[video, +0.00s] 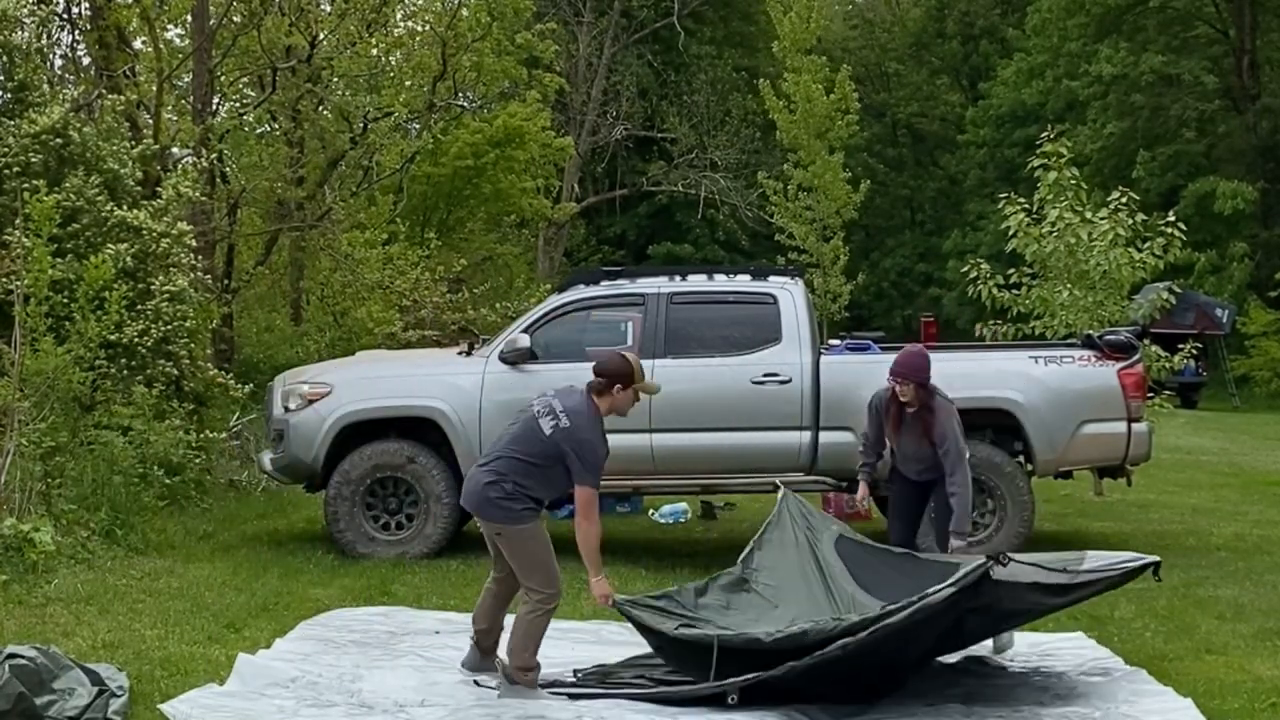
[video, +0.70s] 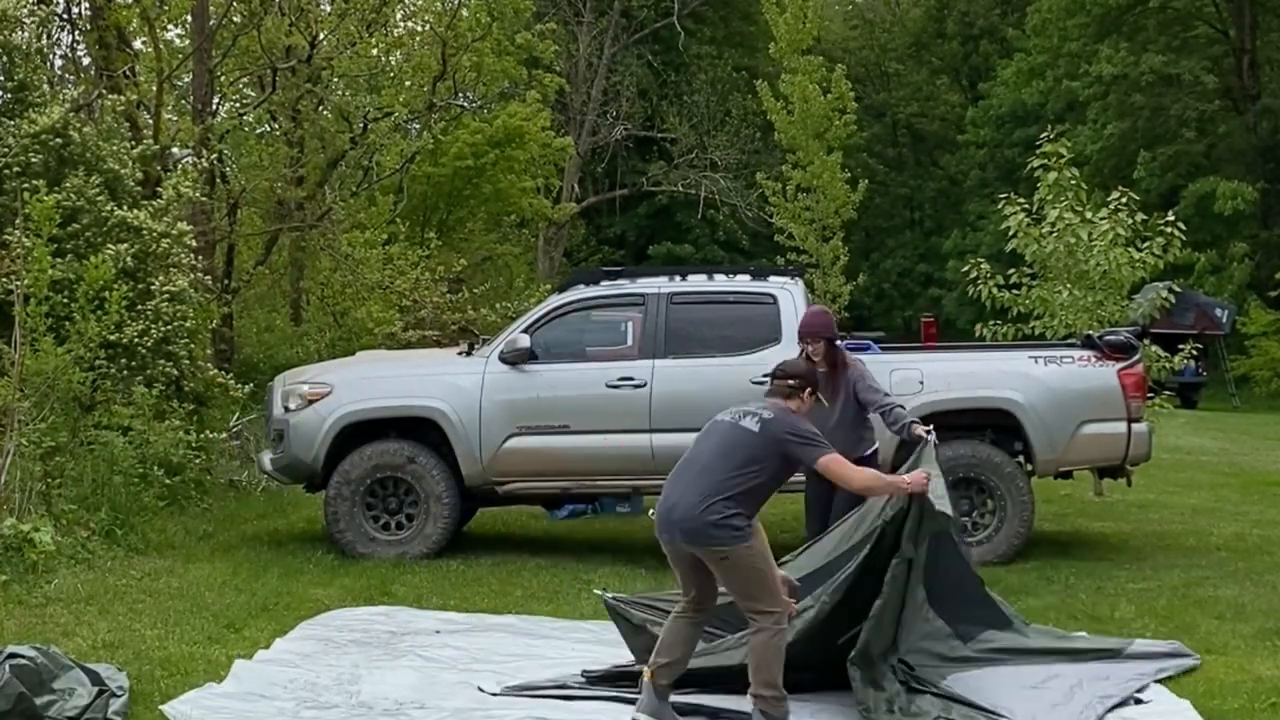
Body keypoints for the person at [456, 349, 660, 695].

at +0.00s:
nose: (636, 400)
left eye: (638, 393)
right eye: (635, 393)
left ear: (603, 384)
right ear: (616, 390)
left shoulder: (567, 396)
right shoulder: (588, 438)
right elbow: (586, 517)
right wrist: (597, 577)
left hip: (483, 487)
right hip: (509, 501)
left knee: (507, 575)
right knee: (544, 591)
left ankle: (480, 655)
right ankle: (519, 680)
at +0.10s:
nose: (607, 336)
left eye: (606, 330)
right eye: (605, 330)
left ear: (568, 332)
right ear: (591, 335)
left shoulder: (536, 361)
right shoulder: (586, 391)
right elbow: (599, 468)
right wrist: (642, 507)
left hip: (494, 485)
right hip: (533, 498)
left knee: (509, 572)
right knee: (538, 590)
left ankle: (464, 647)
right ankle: (518, 680)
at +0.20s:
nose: (592, 339)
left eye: (592, 332)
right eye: (591, 331)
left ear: (550, 331)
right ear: (578, 331)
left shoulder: (521, 369)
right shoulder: (579, 379)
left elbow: (518, 442)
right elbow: (645, 432)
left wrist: (558, 483)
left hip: (494, 493)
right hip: (536, 500)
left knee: (507, 589)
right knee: (573, 581)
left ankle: (481, 681)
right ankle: (529, 670)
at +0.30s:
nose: (628, 345)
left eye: (628, 337)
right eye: (626, 337)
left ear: (587, 334)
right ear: (613, 336)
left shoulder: (544, 370)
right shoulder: (611, 383)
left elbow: (511, 442)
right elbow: (684, 430)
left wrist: (521, 485)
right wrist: (744, 459)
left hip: (513, 492)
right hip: (562, 498)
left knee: (508, 590)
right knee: (617, 579)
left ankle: (480, 686)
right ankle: (626, 684)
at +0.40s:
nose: (687, 360)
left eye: (688, 352)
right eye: (687, 352)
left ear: (646, 343)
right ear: (676, 348)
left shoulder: (600, 377)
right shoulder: (673, 394)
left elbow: (559, 440)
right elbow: (742, 439)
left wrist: (531, 496)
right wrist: (806, 462)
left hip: (564, 498)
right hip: (613, 504)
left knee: (560, 591)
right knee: (647, 603)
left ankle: (510, 673)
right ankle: (648, 703)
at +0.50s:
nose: (733, 362)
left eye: (735, 355)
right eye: (734, 354)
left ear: (693, 343)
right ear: (725, 348)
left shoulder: (645, 372)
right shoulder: (714, 393)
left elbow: (601, 440)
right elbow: (785, 444)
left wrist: (590, 502)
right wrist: (846, 467)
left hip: (599, 496)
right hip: (642, 504)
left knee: (632, 596)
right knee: (657, 606)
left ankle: (619, 694)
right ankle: (651, 706)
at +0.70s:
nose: (812, 407)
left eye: (813, 401)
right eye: (813, 401)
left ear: (772, 390)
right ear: (804, 396)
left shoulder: (733, 413)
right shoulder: (791, 425)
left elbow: (730, 502)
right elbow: (854, 480)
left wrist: (766, 571)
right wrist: (902, 483)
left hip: (669, 518)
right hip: (719, 522)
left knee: (694, 602)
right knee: (770, 613)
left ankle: (652, 697)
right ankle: (770, 711)